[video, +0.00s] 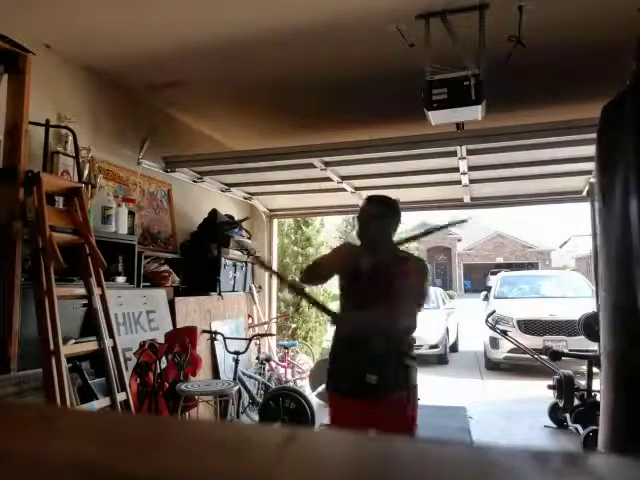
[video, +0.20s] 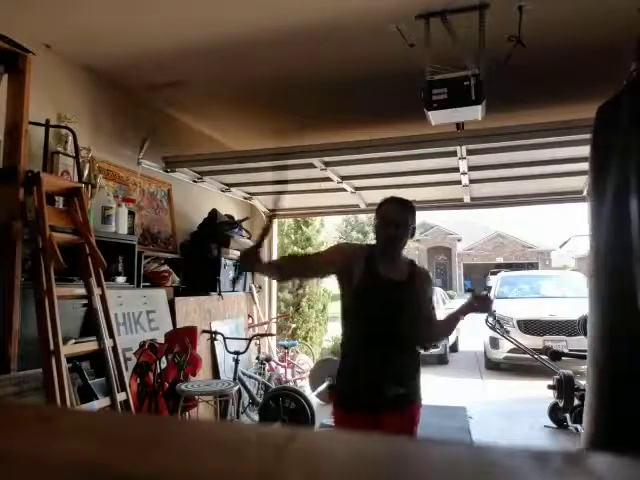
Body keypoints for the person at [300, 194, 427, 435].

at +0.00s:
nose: (361, 229)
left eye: (370, 222)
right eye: (360, 221)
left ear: (390, 225)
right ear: (358, 222)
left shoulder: (411, 266)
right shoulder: (349, 254)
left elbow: (404, 320)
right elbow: (308, 276)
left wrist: (351, 321)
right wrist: (340, 259)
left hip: (393, 379)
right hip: (348, 376)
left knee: (393, 462)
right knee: (346, 459)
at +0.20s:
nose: (391, 233)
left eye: (400, 227)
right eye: (385, 224)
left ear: (411, 231)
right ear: (375, 224)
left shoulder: (419, 278)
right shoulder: (349, 257)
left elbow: (428, 336)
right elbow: (298, 268)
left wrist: (466, 309)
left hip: (402, 395)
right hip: (355, 390)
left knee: (394, 473)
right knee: (352, 471)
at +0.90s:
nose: (393, 215)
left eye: (404, 208)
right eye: (388, 207)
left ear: (423, 214)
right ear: (382, 211)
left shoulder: (436, 262)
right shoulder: (360, 255)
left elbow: (471, 283)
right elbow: (338, 314)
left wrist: (464, 232)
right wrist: (397, 330)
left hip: (412, 383)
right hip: (356, 373)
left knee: (405, 475)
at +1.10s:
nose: (390, 217)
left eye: (400, 210)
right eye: (382, 208)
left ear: (410, 218)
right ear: (368, 210)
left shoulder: (421, 260)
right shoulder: (344, 251)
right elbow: (342, 305)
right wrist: (409, 319)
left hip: (404, 392)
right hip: (348, 390)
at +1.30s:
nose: (338, 212)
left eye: (348, 204)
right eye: (334, 204)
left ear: (370, 211)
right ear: (329, 208)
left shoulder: (389, 248)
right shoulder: (320, 258)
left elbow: (350, 270)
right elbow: (290, 306)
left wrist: (291, 269)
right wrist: (266, 323)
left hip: (381, 397)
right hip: (325, 395)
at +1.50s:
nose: (281, 218)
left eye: (289, 211)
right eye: (279, 211)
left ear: (314, 213)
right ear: (276, 214)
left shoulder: (337, 245)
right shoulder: (290, 261)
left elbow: (329, 274)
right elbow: (288, 329)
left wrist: (267, 245)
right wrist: (238, 319)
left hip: (332, 397)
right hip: (287, 394)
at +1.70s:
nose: (255, 227)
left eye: (260, 218)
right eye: (254, 219)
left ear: (288, 218)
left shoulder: (316, 244)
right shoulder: (269, 273)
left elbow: (318, 295)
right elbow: (254, 326)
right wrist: (223, 287)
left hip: (324, 354)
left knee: (259, 350)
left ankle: (293, 443)